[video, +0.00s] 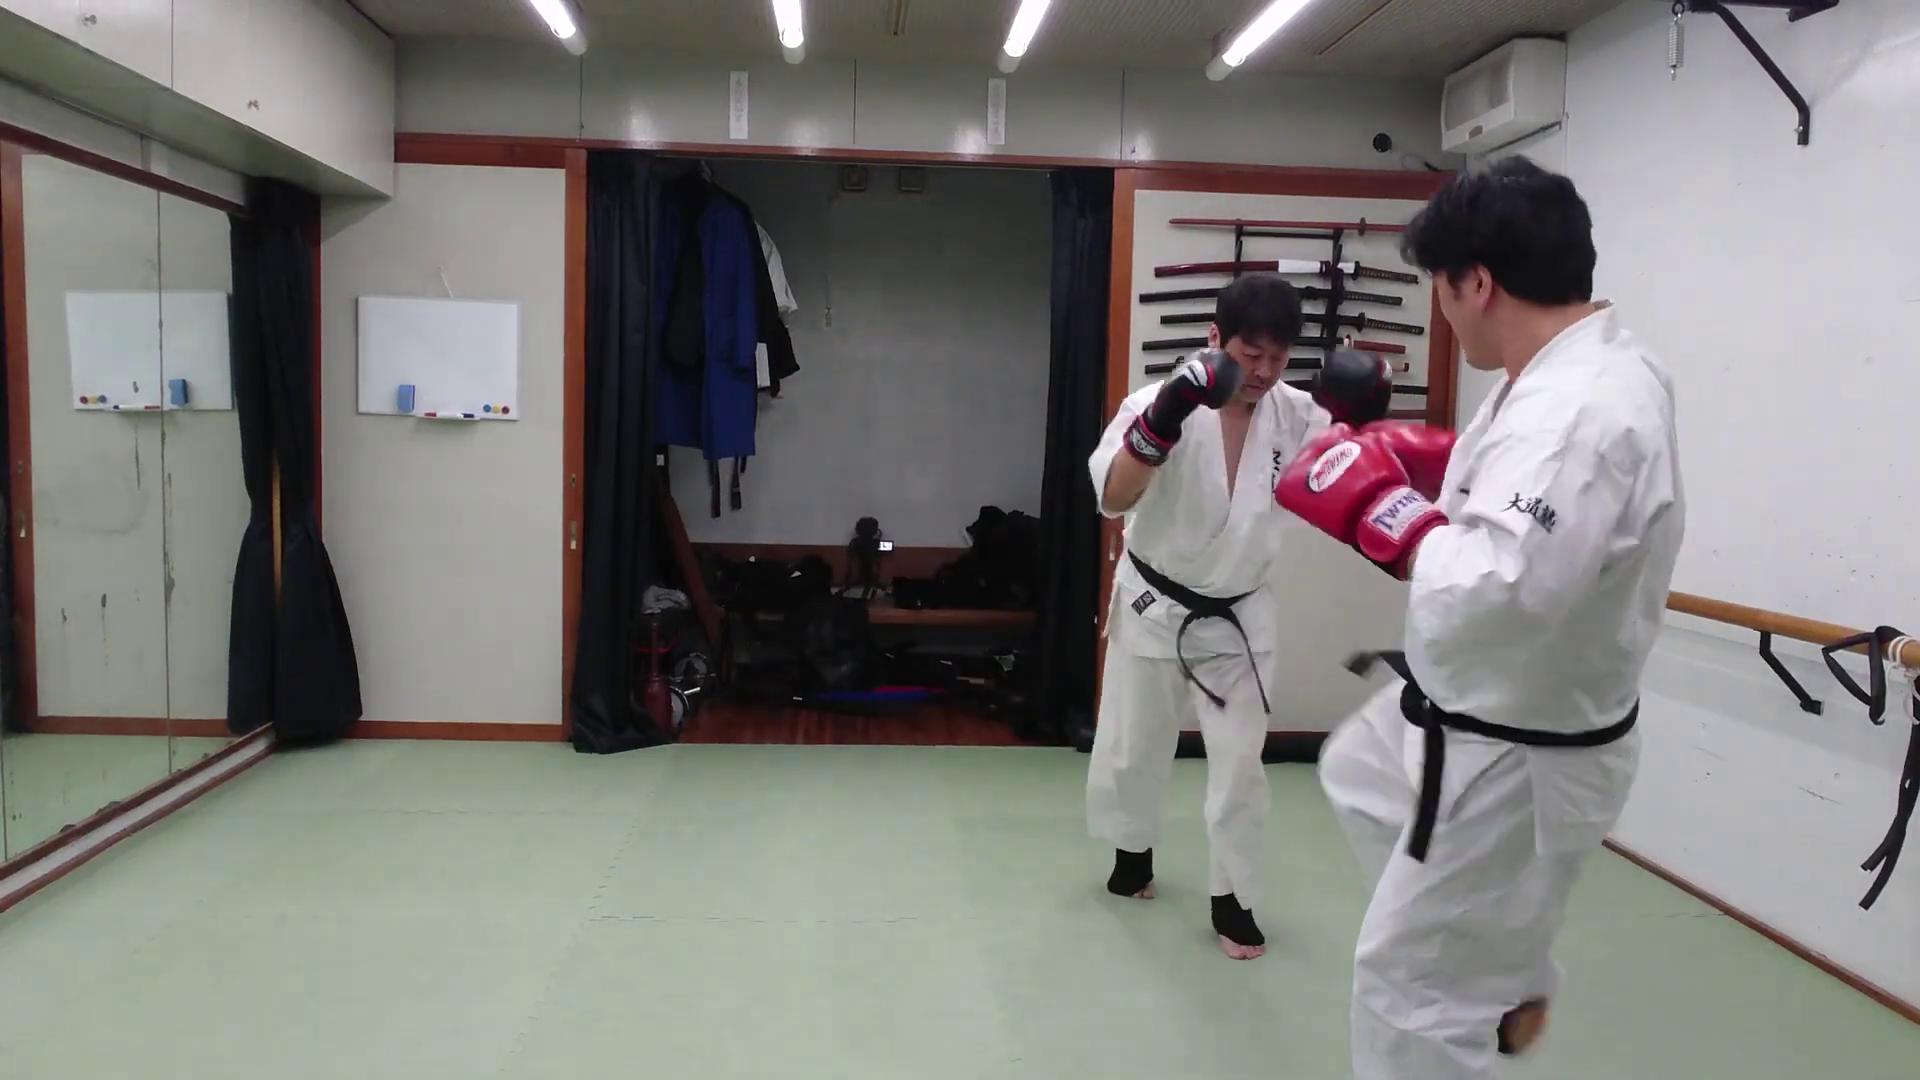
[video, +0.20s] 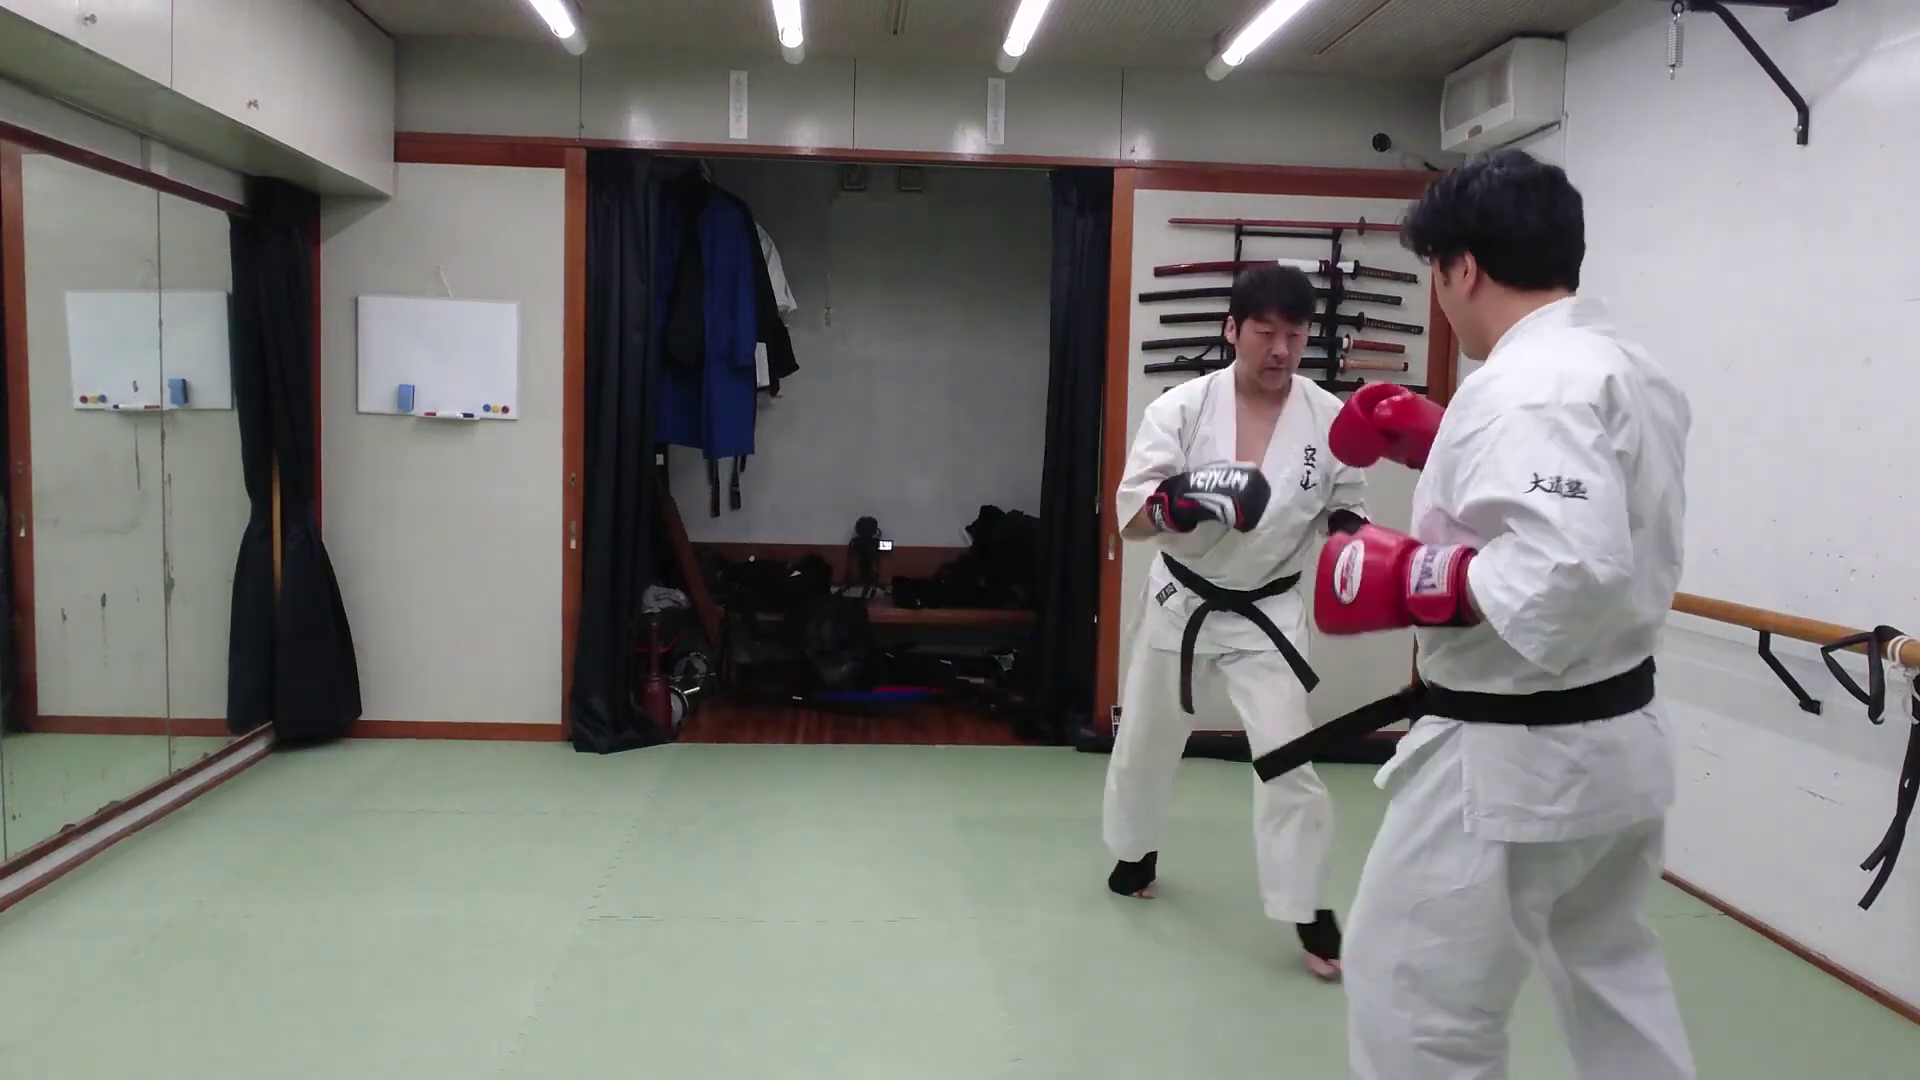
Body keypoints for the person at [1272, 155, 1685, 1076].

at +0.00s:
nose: (1440, 310)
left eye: (1440, 287)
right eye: (1437, 288)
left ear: (1481, 284)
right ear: (1563, 264)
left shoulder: (1585, 408)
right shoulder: (1574, 369)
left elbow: (1503, 585)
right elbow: (1535, 488)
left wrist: (1380, 511)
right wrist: (1439, 460)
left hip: (1518, 754)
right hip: (1475, 702)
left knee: (1409, 991)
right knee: (1358, 773)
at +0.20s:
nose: (1435, 296)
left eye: (1433, 272)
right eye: (1431, 274)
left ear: (1467, 269)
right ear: (1559, 254)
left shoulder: (1530, 387)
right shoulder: (1630, 369)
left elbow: (1565, 578)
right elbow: (1576, 503)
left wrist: (1406, 579)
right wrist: (1435, 439)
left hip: (1502, 758)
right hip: (1618, 741)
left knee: (1414, 1016)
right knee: (1611, 971)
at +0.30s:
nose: (1423, 326)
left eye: (1421, 300)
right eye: (1420, 302)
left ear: (1452, 292)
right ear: (1546, 281)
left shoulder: (1482, 401)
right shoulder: (1643, 396)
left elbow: (1506, 587)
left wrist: (1367, 608)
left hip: (1513, 776)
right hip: (1648, 759)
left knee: (1343, 952)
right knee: (1635, 991)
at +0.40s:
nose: (1381, 323)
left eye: (1381, 304)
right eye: (1380, 305)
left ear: (1405, 301)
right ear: (1508, 290)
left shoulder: (1427, 412)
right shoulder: (1628, 402)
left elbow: (1394, 586)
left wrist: (1295, 556)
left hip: (1480, 787)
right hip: (1633, 773)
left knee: (1302, 969)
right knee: (1629, 992)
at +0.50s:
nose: (1298, 340)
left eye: (1298, 319)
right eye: (1297, 320)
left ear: (1324, 323)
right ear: (1448, 306)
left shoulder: (1366, 446)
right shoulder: (1568, 410)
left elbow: (1227, 619)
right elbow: (1631, 572)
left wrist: (1192, 529)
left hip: (1434, 822)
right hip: (1597, 801)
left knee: (1258, 1018)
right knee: (1620, 1019)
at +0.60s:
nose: (1235, 360)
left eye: (1233, 339)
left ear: (1245, 340)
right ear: (1365, 315)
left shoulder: (1250, 450)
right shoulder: (1486, 408)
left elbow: (1133, 637)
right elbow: (1592, 566)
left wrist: (1150, 522)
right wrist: (1518, 637)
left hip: (1346, 829)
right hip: (1525, 809)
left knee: (1196, 1023)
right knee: (1595, 1038)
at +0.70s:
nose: (1178, 314)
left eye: (1177, 299)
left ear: (1190, 306)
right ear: (1309, 278)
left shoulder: (1167, 425)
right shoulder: (1431, 377)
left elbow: (1046, 629)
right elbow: (1543, 540)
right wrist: (1469, 621)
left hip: (1264, 809)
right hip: (1457, 796)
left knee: (1182, 1058)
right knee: (1527, 1053)